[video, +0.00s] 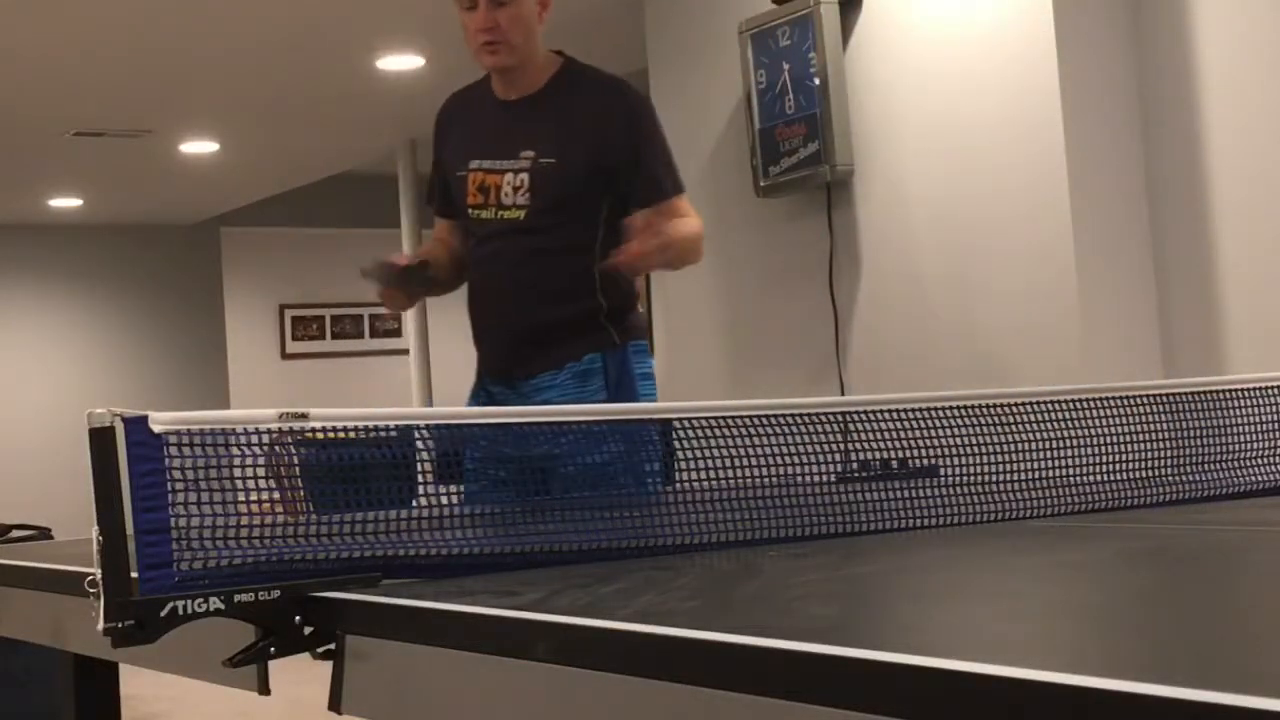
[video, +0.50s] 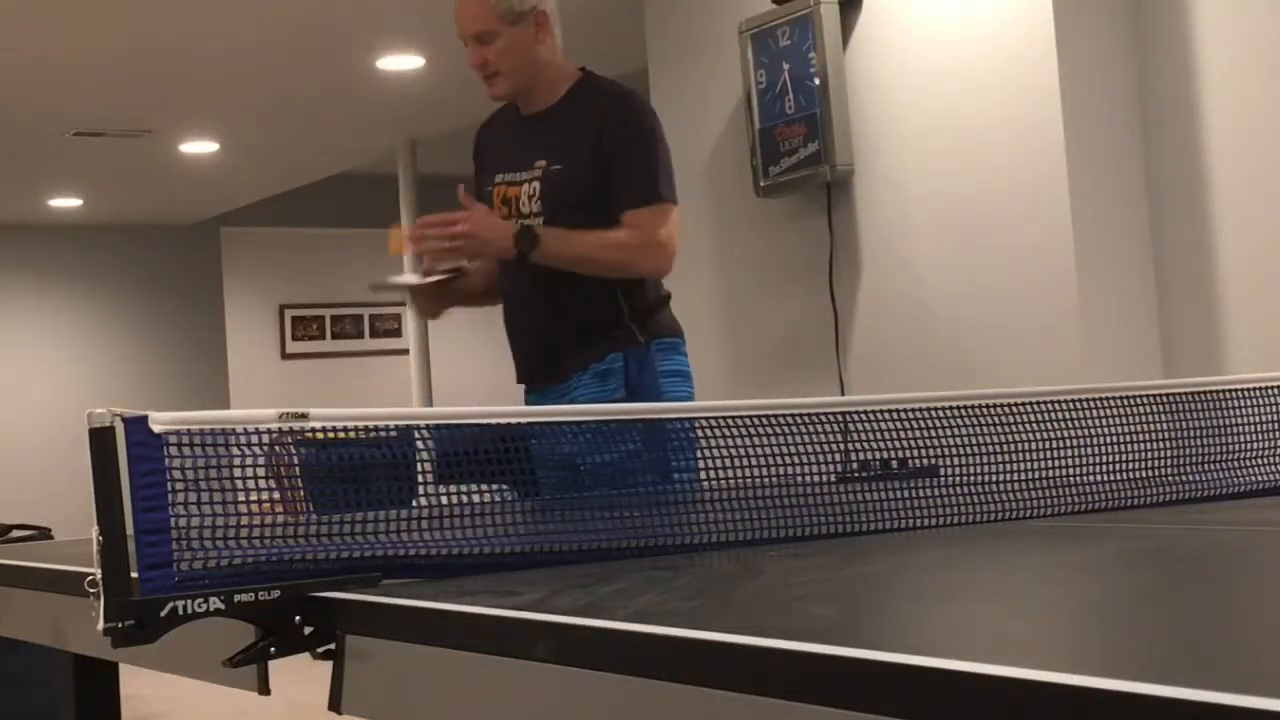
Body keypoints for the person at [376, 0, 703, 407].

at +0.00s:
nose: (485, 22)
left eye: (502, 4)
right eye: (471, 8)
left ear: (542, 9)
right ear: (460, 19)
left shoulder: (611, 104)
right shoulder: (458, 114)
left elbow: (687, 233)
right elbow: (451, 243)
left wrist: (656, 245)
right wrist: (415, 275)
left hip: (595, 374)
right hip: (499, 384)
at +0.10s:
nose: (488, 24)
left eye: (505, 5)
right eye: (475, 10)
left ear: (548, 7)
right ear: (464, 20)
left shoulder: (624, 105)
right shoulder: (469, 116)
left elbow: (698, 245)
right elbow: (463, 250)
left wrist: (702, 227)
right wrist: (404, 282)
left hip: (605, 375)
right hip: (512, 383)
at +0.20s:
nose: (488, 29)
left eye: (504, 8)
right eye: (476, 14)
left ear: (551, 9)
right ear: (468, 24)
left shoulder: (628, 105)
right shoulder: (478, 118)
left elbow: (712, 244)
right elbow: (478, 254)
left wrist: (694, 207)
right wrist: (396, 291)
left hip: (611, 375)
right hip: (519, 382)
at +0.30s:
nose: (485, 40)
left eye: (500, 19)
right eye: (475, 26)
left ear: (550, 13)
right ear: (467, 31)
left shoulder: (628, 106)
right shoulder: (486, 124)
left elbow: (703, 245)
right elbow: (488, 259)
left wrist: (644, 208)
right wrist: (402, 297)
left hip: (618, 371)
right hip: (529, 382)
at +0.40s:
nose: (480, 54)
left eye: (492, 33)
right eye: (472, 39)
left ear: (545, 20)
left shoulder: (627, 111)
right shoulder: (490, 131)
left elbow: (679, 247)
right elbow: (503, 263)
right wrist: (422, 303)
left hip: (623, 372)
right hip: (538, 385)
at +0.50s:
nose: (475, 61)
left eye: (486, 40)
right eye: (468, 45)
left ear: (539, 28)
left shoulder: (620, 113)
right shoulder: (493, 136)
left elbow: (654, 251)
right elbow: (512, 271)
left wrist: (516, 239)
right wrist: (448, 287)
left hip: (631, 373)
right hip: (548, 387)